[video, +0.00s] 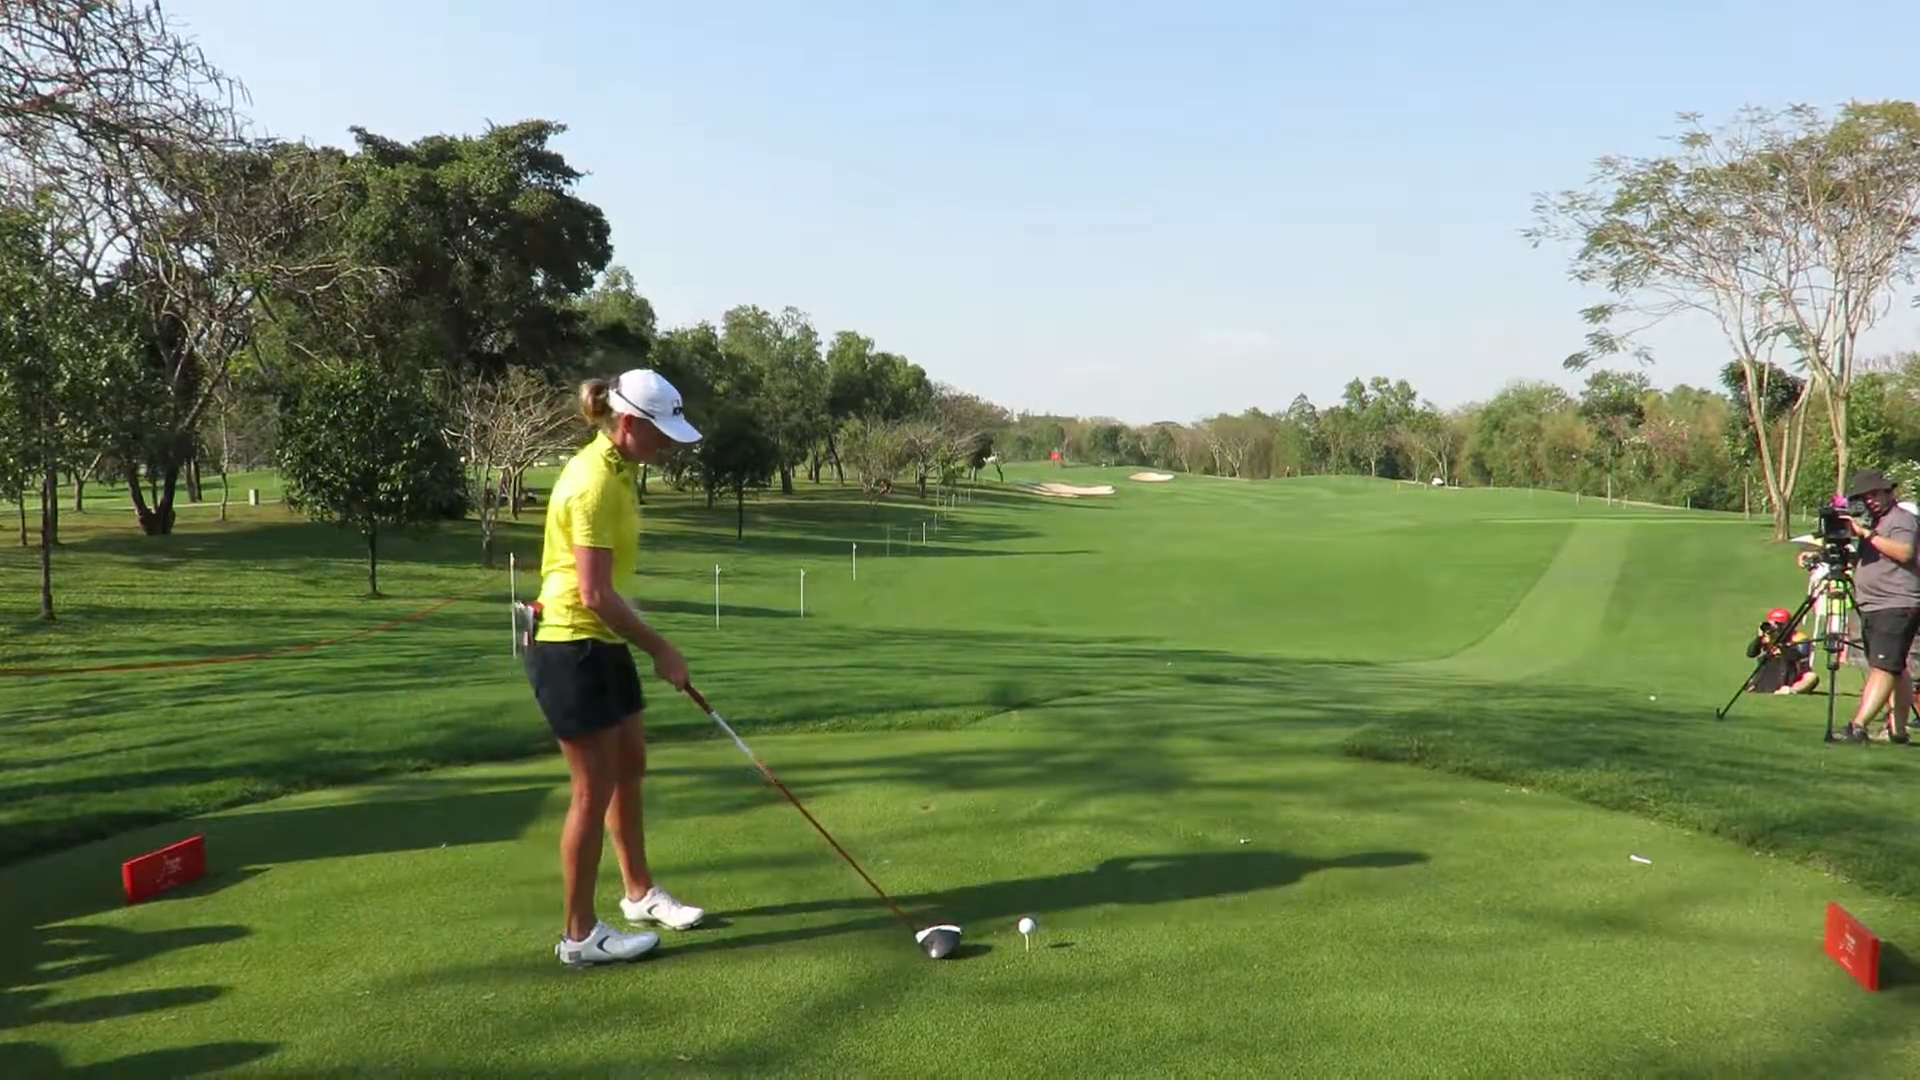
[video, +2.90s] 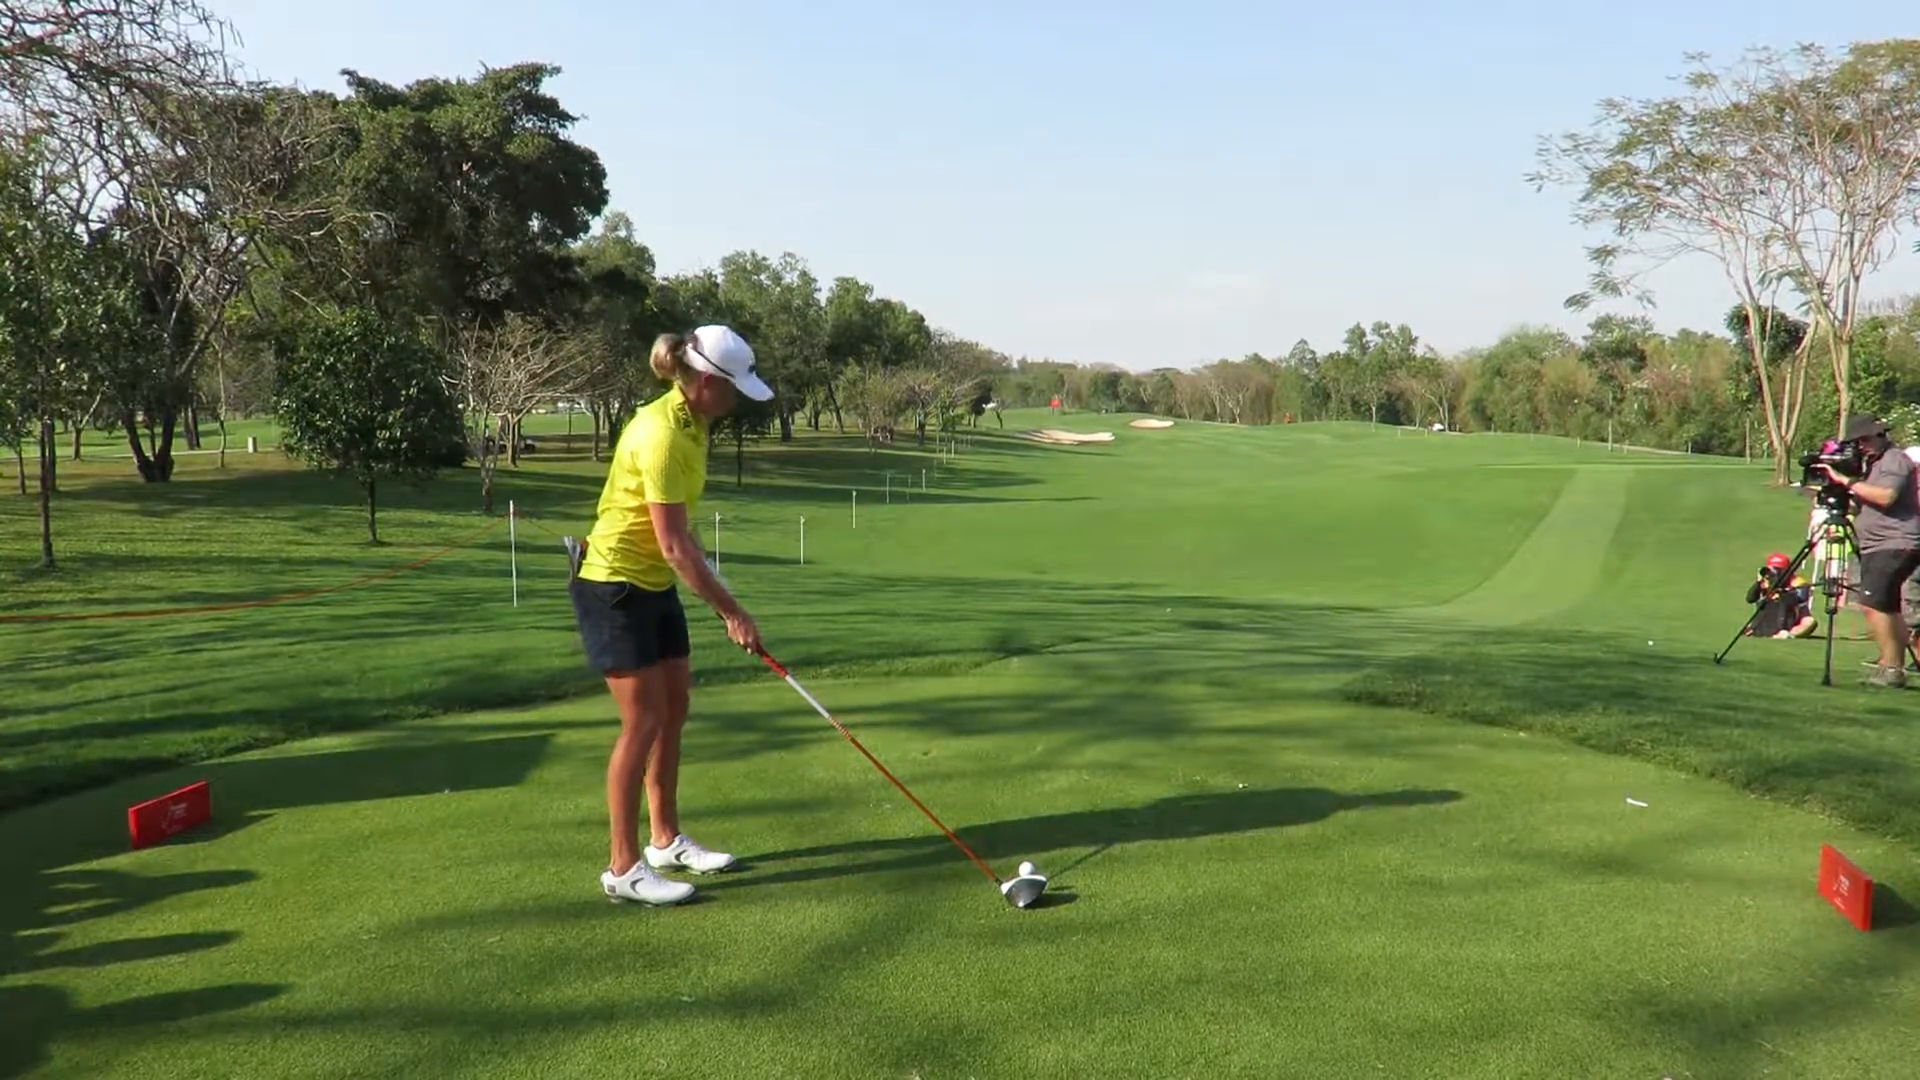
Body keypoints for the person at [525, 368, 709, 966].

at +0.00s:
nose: (667, 446)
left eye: (669, 436)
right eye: (661, 435)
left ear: (632, 425)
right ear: (626, 425)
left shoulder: (613, 472)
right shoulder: (594, 482)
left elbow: (589, 569)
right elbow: (596, 594)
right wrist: (661, 649)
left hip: (603, 644)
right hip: (572, 647)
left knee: (629, 764)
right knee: (594, 787)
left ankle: (640, 894)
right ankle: (579, 933)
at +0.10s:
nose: (679, 446)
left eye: (682, 436)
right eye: (673, 434)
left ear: (648, 425)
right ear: (639, 423)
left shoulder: (631, 474)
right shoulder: (602, 479)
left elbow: (620, 576)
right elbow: (601, 591)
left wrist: (650, 632)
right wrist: (667, 645)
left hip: (622, 639)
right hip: (582, 642)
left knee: (638, 764)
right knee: (602, 783)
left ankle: (638, 893)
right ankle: (579, 932)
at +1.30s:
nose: (727, 413)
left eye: (730, 403)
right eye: (722, 401)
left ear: (699, 393)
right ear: (692, 390)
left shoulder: (683, 438)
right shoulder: (651, 443)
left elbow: (662, 536)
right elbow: (665, 556)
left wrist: (675, 581)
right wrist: (726, 617)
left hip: (648, 593)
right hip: (605, 595)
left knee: (663, 716)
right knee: (624, 729)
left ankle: (657, 853)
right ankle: (621, 878)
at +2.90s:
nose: (737, 401)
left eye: (739, 391)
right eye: (733, 390)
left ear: (704, 386)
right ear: (703, 386)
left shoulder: (689, 427)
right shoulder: (662, 435)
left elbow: (674, 526)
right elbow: (675, 545)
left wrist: (703, 577)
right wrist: (732, 611)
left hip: (656, 582)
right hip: (615, 584)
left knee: (673, 707)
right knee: (643, 719)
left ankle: (665, 842)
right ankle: (622, 867)